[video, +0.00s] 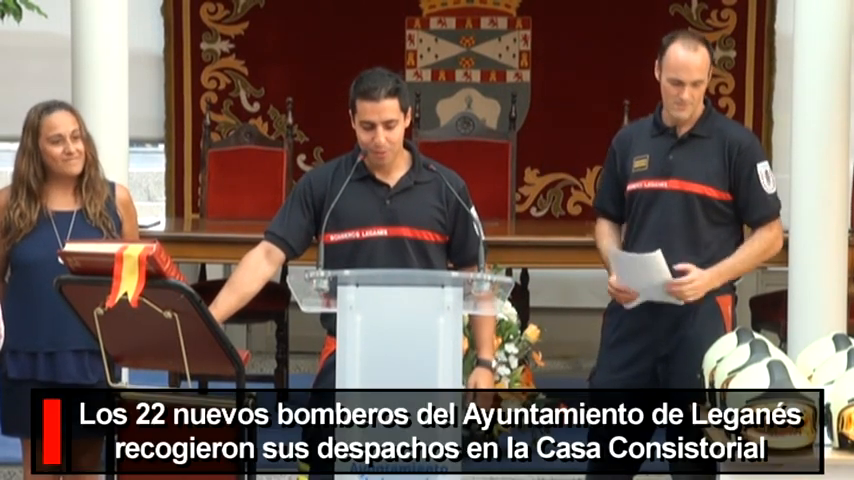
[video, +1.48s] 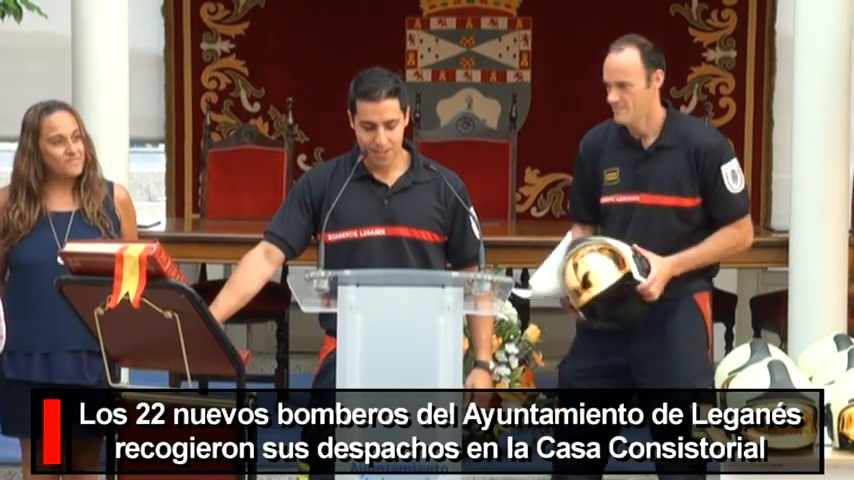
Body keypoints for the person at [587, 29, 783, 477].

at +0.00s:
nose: (685, 95)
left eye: (695, 84)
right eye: (676, 82)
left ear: (708, 81)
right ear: (658, 76)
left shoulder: (738, 145)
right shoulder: (628, 141)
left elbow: (772, 234)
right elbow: (607, 219)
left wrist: (710, 278)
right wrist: (617, 269)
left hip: (700, 325)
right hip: (631, 320)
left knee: (694, 457)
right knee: (608, 451)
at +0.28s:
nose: (687, 102)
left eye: (696, 91)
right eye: (677, 90)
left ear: (710, 85)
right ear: (658, 82)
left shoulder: (742, 145)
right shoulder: (626, 144)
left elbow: (772, 229)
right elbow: (613, 229)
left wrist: (768, 299)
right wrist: (636, 300)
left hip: (706, 312)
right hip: (634, 309)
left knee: (697, 446)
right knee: (609, 441)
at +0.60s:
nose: (674, 122)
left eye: (684, 110)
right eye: (664, 110)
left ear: (704, 100)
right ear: (651, 102)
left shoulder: (740, 153)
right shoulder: (625, 160)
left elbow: (759, 242)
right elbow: (633, 257)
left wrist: (771, 321)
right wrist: (664, 336)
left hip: (706, 310)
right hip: (634, 307)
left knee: (698, 441)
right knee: (605, 432)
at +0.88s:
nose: (647, 127)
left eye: (659, 115)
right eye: (639, 115)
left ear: (686, 106)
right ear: (630, 110)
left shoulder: (728, 152)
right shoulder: (613, 167)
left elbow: (755, 238)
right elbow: (622, 264)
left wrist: (752, 310)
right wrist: (660, 337)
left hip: (704, 313)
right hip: (630, 310)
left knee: (694, 444)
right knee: (603, 432)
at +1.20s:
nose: (637, 121)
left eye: (647, 108)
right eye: (628, 110)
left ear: (671, 96)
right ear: (618, 103)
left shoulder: (719, 147)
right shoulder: (600, 159)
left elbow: (763, 217)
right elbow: (586, 238)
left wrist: (718, 259)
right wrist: (606, 309)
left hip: (698, 314)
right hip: (625, 313)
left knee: (691, 445)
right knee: (600, 441)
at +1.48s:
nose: (612, 98)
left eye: (622, 86)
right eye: (608, 87)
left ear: (657, 82)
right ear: (605, 86)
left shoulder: (705, 145)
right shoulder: (597, 144)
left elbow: (741, 232)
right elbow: (582, 225)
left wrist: (671, 265)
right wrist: (570, 274)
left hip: (673, 324)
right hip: (603, 322)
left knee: (679, 460)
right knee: (572, 457)